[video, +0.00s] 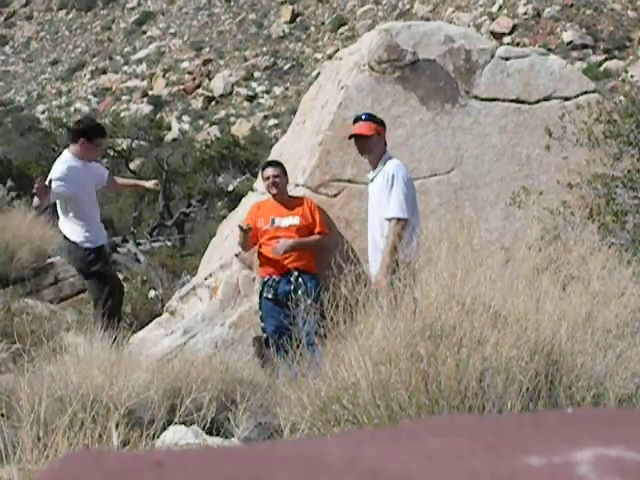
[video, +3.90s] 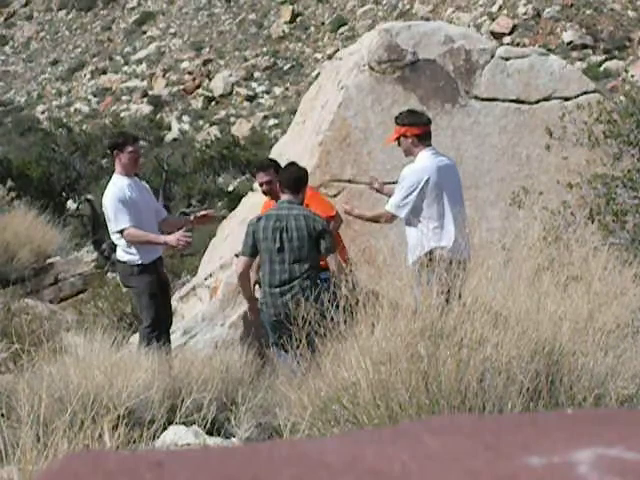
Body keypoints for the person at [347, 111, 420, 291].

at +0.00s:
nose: (359, 145)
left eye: (364, 138)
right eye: (356, 139)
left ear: (381, 136)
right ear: (354, 142)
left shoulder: (396, 170)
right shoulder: (374, 176)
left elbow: (398, 222)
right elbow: (380, 225)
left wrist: (385, 272)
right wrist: (375, 271)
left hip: (396, 272)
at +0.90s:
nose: (363, 147)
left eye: (365, 142)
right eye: (363, 142)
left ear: (376, 143)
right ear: (379, 142)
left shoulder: (403, 171)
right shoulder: (393, 171)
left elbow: (402, 225)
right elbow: (397, 224)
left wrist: (385, 267)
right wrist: (385, 266)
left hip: (408, 270)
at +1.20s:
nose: (374, 141)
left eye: (376, 136)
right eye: (374, 136)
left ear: (385, 139)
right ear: (402, 136)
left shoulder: (405, 168)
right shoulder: (418, 162)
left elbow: (404, 226)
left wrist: (389, 269)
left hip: (416, 262)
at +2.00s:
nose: (388, 145)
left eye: (388, 139)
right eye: (387, 139)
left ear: (398, 138)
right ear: (415, 135)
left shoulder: (409, 169)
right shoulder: (436, 161)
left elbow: (404, 223)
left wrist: (390, 253)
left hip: (423, 250)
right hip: (448, 246)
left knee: (421, 309)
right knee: (443, 309)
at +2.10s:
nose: (392, 147)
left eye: (392, 141)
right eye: (391, 142)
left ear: (401, 139)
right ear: (417, 137)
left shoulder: (412, 169)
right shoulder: (438, 161)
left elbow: (393, 223)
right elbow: (422, 209)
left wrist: (363, 246)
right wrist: (384, 227)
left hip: (425, 252)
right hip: (450, 248)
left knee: (423, 312)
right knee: (442, 311)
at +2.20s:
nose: (392, 145)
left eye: (393, 139)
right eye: (391, 140)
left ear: (405, 139)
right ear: (418, 137)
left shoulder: (414, 171)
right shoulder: (440, 162)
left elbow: (385, 220)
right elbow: (422, 198)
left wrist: (357, 222)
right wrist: (387, 200)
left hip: (427, 256)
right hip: (451, 251)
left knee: (425, 319)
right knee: (444, 316)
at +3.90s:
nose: (399, 146)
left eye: (400, 140)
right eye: (398, 141)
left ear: (410, 139)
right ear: (427, 137)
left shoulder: (416, 171)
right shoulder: (447, 164)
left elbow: (388, 216)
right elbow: (421, 196)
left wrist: (355, 213)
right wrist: (384, 190)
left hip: (431, 257)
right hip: (458, 253)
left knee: (429, 318)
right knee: (453, 315)